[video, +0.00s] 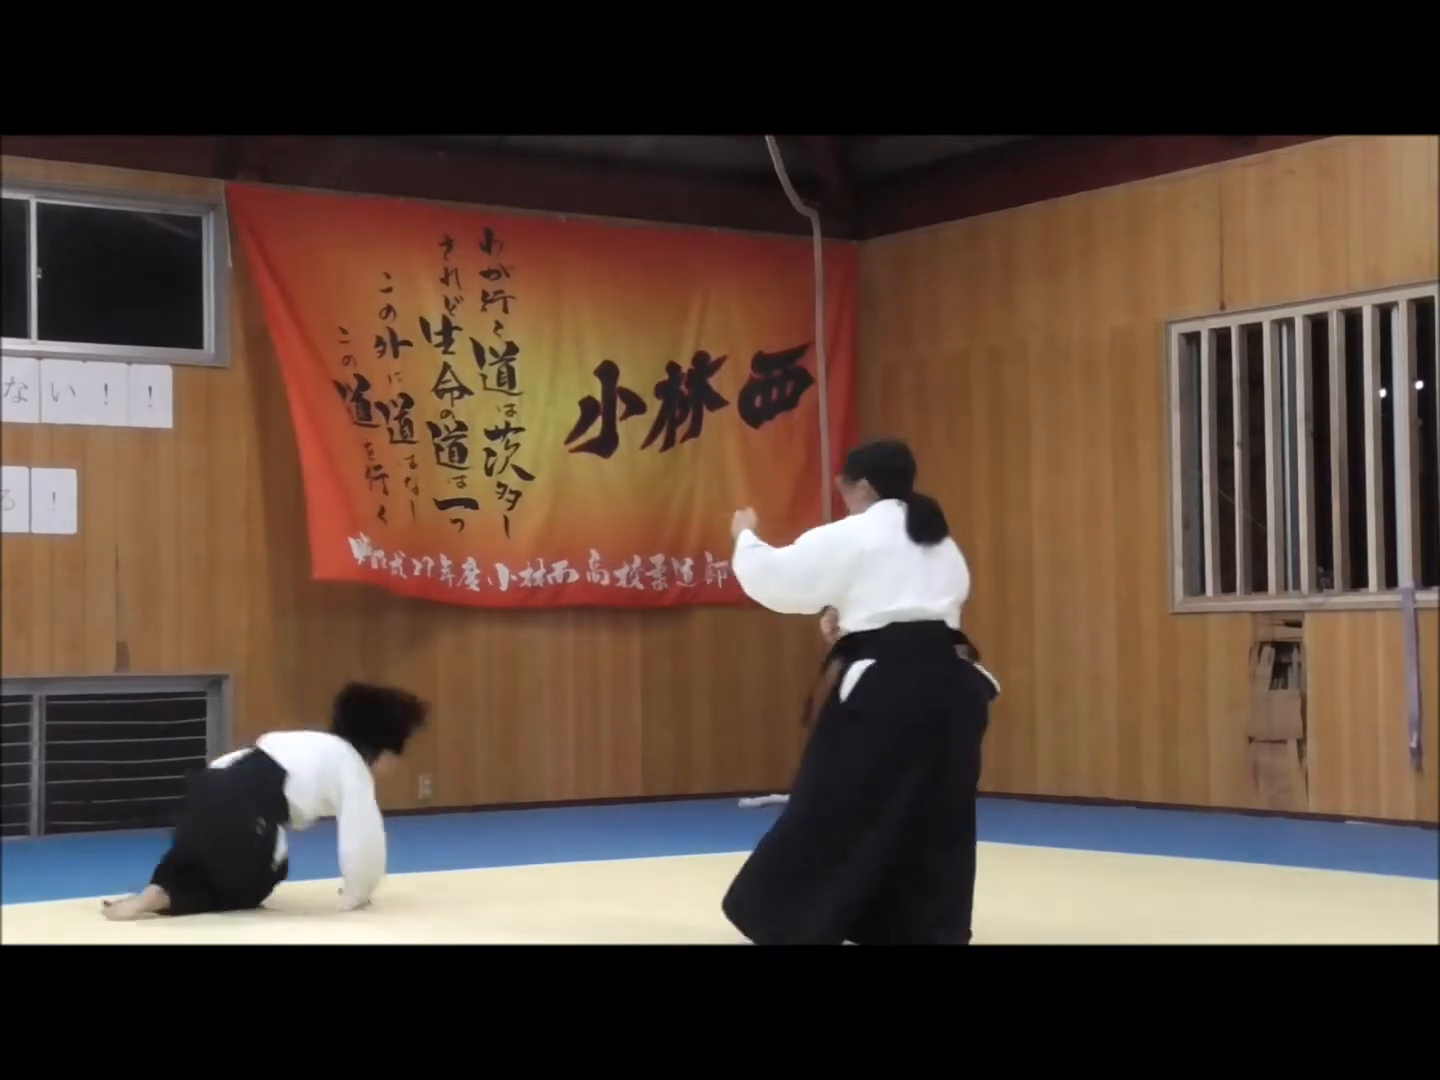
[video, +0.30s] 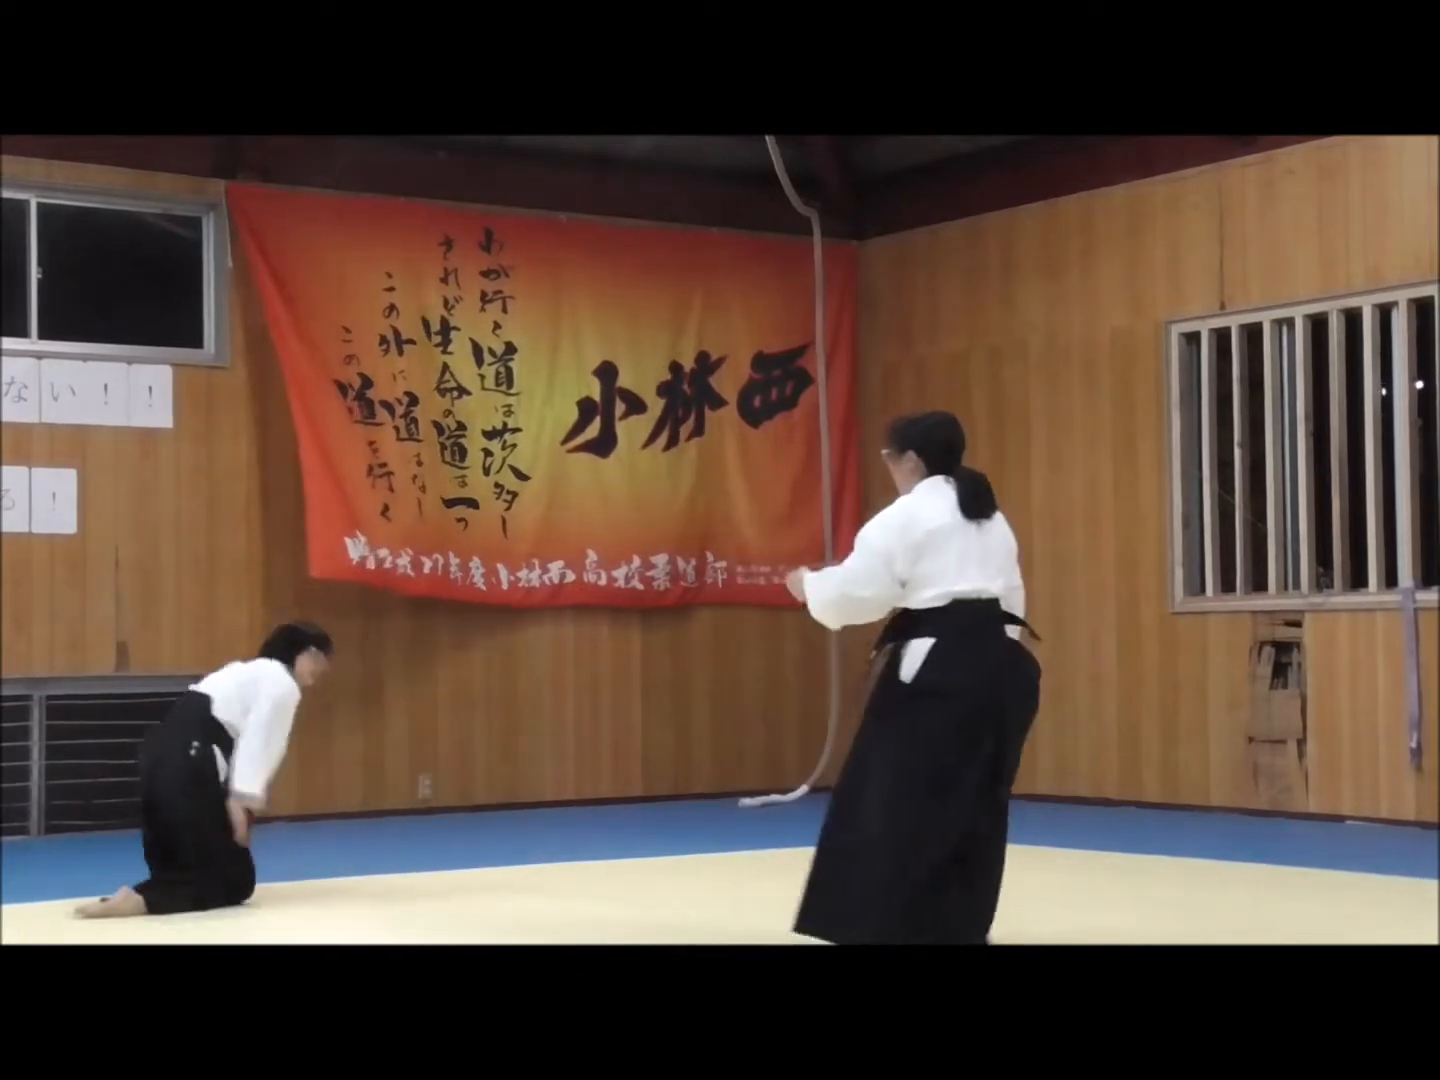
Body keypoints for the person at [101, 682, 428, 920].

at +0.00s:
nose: (392, 759)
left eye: (395, 750)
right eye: (393, 750)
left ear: (346, 726)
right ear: (378, 745)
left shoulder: (307, 743)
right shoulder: (350, 765)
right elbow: (363, 840)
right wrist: (356, 894)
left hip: (204, 784)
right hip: (244, 800)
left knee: (191, 856)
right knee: (245, 892)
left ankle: (154, 896)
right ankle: (166, 900)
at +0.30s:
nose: (317, 677)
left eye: (320, 669)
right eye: (317, 665)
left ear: (278, 651)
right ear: (303, 655)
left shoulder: (246, 670)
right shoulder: (281, 683)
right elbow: (258, 741)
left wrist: (231, 798)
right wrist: (239, 804)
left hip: (161, 756)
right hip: (189, 765)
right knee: (236, 880)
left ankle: (134, 898)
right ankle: (138, 902)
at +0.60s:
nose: (307, 579)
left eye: (309, 571)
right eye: (299, 569)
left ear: (305, 578)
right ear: (278, 573)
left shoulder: (273, 629)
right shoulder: (257, 607)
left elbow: (247, 703)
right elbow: (199, 644)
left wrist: (261, 756)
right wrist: (151, 694)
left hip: (217, 718)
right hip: (193, 710)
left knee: (246, 797)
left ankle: (227, 873)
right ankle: (132, 873)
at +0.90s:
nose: (297, 532)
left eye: (301, 524)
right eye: (285, 524)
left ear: (308, 532)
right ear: (263, 532)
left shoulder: (311, 596)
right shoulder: (229, 578)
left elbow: (315, 662)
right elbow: (186, 631)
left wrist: (307, 722)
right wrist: (165, 690)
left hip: (262, 694)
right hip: (215, 687)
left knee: (250, 783)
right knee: (233, 780)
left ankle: (233, 878)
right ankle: (215, 882)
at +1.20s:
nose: (345, 517)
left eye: (349, 508)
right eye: (333, 509)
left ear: (355, 516)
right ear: (310, 518)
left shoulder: (360, 578)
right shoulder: (277, 568)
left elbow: (383, 639)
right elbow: (246, 634)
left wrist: (393, 701)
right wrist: (246, 701)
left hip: (330, 684)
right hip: (276, 680)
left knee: (358, 777)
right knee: (245, 780)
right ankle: (208, 881)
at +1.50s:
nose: (449, 473)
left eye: (450, 465)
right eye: (437, 466)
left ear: (451, 474)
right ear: (411, 476)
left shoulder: (472, 535)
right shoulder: (375, 532)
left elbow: (510, 573)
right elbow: (339, 596)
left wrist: (550, 602)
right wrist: (321, 655)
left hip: (437, 657)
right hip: (386, 656)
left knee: (438, 768)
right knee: (396, 767)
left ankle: (396, 881)